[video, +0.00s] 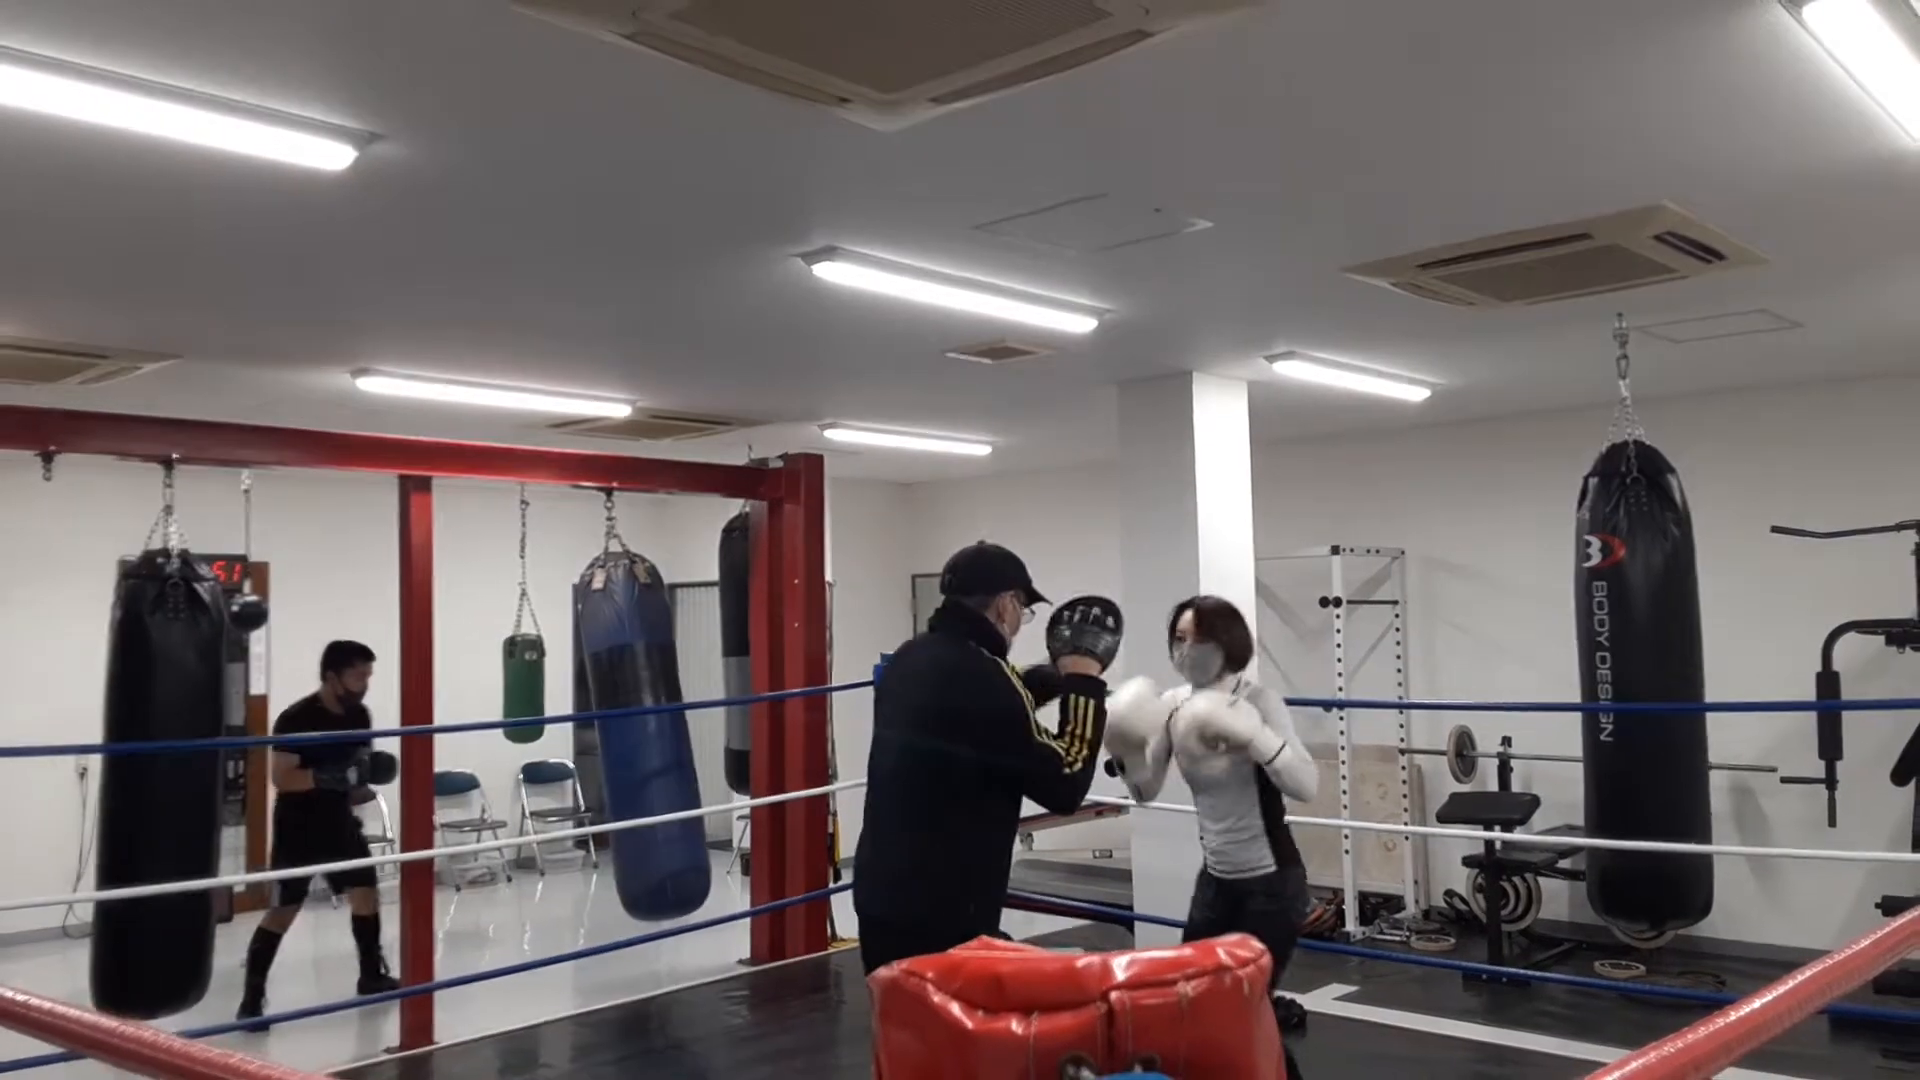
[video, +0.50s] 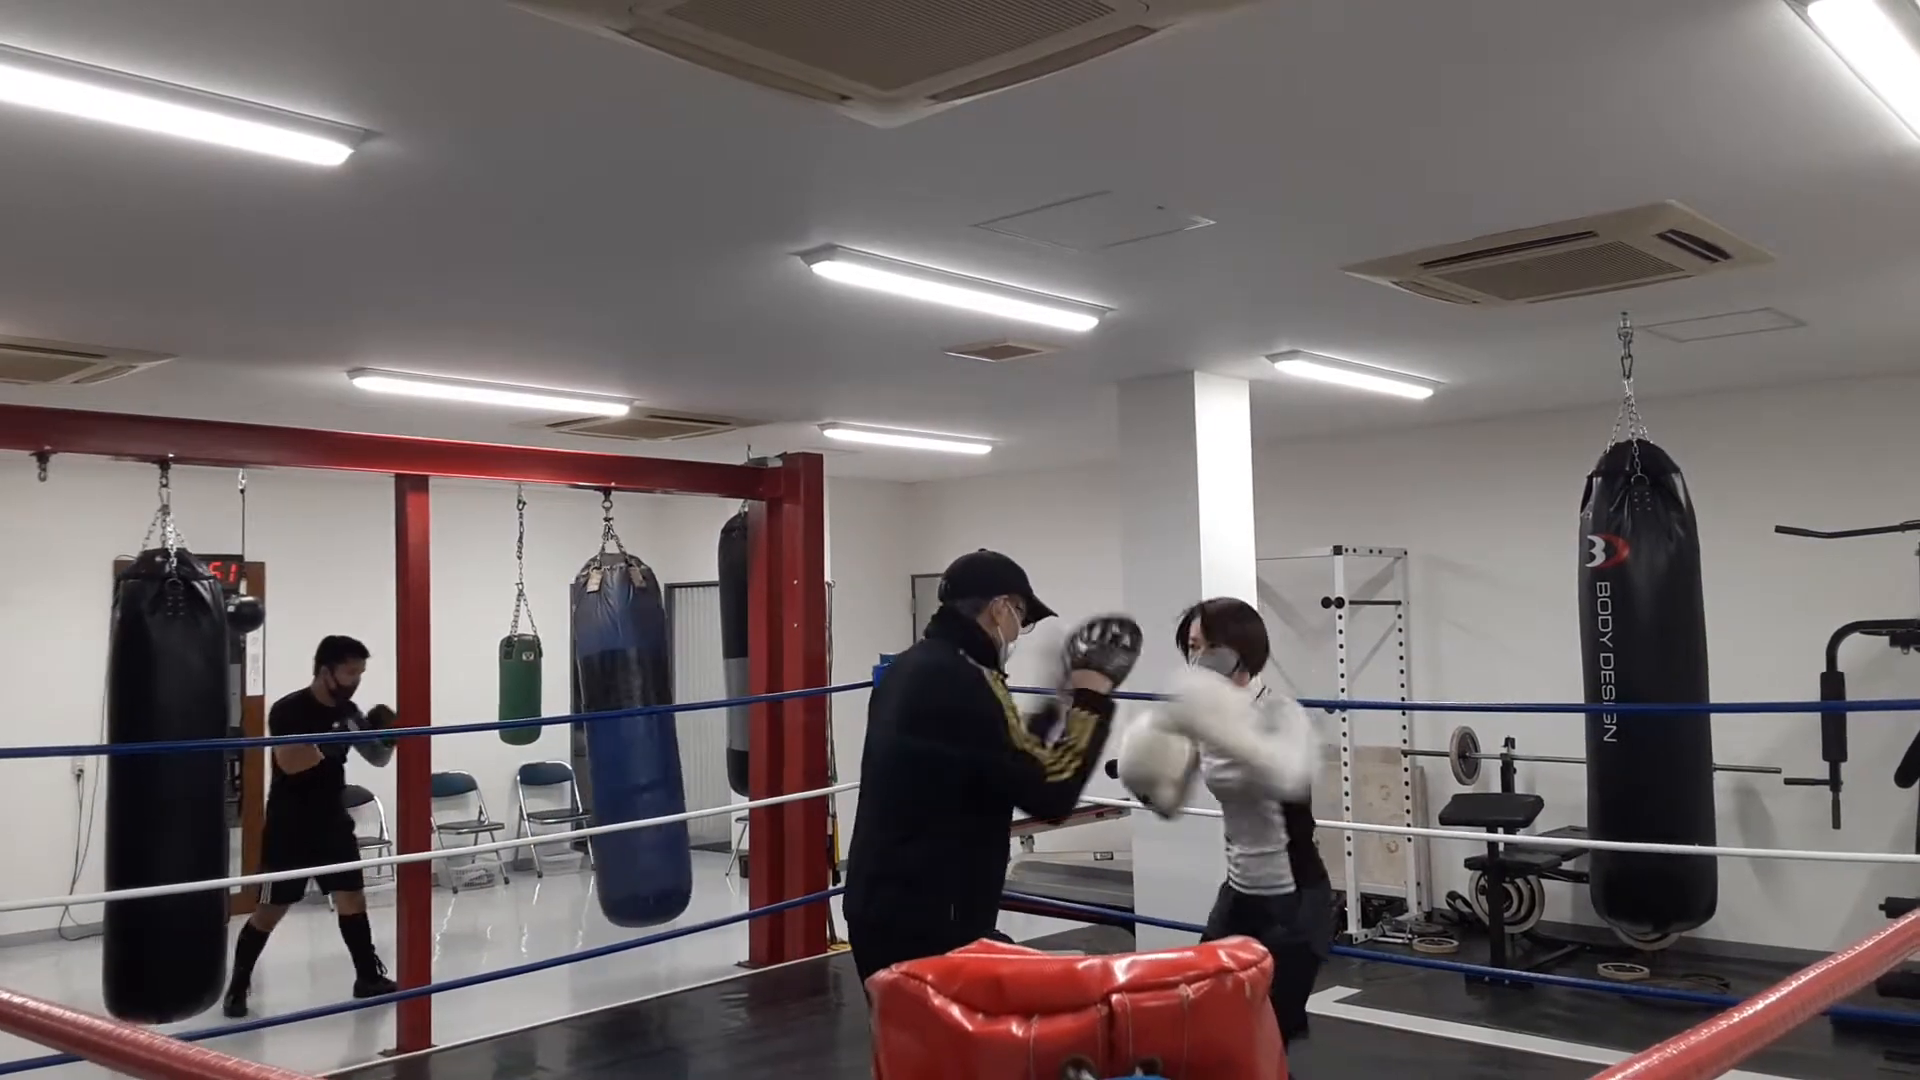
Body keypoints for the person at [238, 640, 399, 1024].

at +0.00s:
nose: (364, 685)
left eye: (367, 677)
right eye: (357, 677)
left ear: (366, 675)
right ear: (331, 676)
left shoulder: (358, 718)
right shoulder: (295, 720)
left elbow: (355, 765)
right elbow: (282, 778)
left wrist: (370, 771)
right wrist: (332, 778)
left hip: (339, 816)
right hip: (297, 820)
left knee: (365, 889)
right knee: (285, 907)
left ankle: (371, 975)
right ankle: (252, 998)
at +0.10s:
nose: (372, 682)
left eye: (375, 674)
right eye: (366, 674)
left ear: (372, 673)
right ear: (340, 672)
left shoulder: (367, 715)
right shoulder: (302, 714)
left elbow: (365, 763)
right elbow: (284, 771)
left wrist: (385, 760)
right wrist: (332, 770)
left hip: (345, 816)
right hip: (300, 819)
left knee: (364, 895)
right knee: (278, 905)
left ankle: (368, 978)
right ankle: (252, 997)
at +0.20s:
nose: (377, 678)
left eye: (380, 671)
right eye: (371, 671)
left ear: (376, 669)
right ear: (345, 668)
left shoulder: (372, 711)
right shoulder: (307, 709)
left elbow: (383, 760)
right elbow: (292, 766)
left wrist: (390, 750)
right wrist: (336, 762)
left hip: (347, 815)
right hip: (302, 816)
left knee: (361, 893)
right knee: (280, 901)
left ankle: (368, 977)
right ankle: (254, 993)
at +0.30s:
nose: (375, 679)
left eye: (379, 671)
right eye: (370, 671)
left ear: (376, 669)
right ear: (345, 667)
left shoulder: (369, 711)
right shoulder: (307, 707)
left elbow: (388, 760)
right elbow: (296, 763)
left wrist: (392, 748)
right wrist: (343, 755)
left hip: (346, 814)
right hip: (303, 816)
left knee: (359, 892)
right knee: (282, 901)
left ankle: (369, 977)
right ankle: (248, 987)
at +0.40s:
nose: (368, 680)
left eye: (371, 672)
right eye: (363, 672)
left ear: (368, 670)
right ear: (337, 667)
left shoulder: (358, 710)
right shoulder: (299, 709)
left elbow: (383, 761)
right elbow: (295, 764)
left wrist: (388, 736)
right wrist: (343, 746)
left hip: (342, 817)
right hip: (298, 820)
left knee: (356, 895)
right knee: (278, 904)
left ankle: (368, 977)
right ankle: (240, 983)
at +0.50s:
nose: (353, 685)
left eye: (358, 677)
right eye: (347, 676)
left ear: (359, 674)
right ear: (324, 671)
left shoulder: (347, 712)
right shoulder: (287, 710)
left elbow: (378, 757)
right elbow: (290, 762)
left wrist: (384, 731)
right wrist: (334, 739)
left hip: (332, 821)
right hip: (288, 824)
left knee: (351, 897)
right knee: (271, 907)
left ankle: (368, 977)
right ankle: (238, 987)